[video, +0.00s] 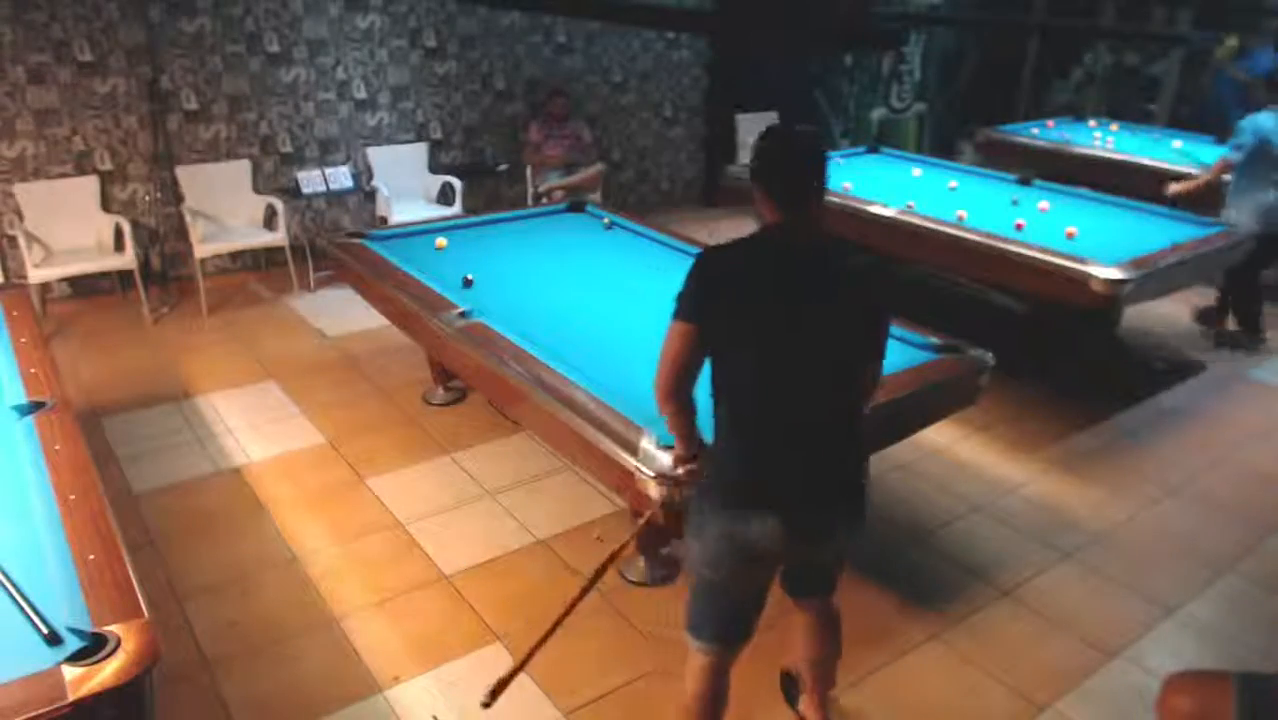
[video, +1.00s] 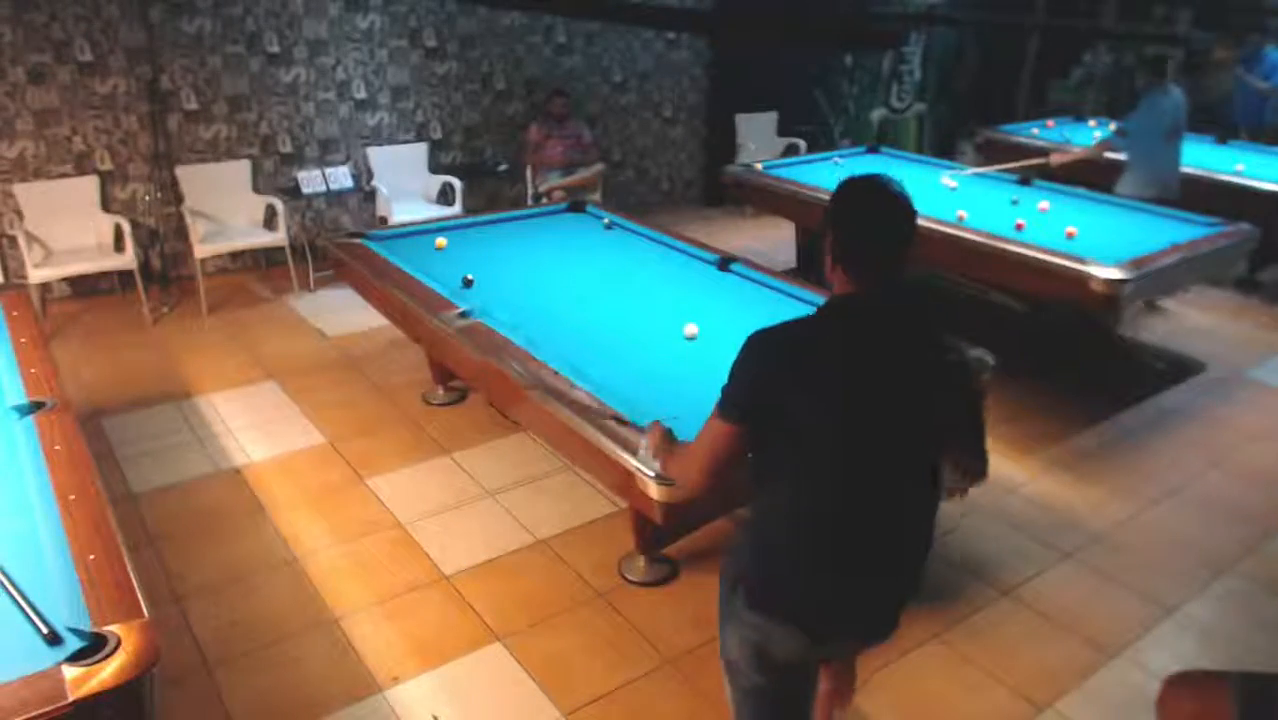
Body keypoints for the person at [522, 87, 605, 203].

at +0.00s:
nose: (559, 110)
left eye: (563, 106)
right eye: (556, 105)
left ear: (569, 107)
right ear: (548, 106)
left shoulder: (578, 126)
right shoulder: (538, 126)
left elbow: (591, 154)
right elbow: (529, 156)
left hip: (576, 167)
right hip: (549, 170)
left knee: (600, 168)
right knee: (558, 196)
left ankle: (551, 187)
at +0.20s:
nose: (559, 110)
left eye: (563, 105)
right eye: (556, 105)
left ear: (569, 107)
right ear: (548, 106)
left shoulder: (578, 126)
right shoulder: (538, 126)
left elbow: (591, 154)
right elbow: (529, 156)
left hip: (576, 167)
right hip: (549, 170)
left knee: (600, 168)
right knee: (558, 196)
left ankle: (551, 187)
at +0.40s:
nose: (560, 110)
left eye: (564, 106)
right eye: (556, 105)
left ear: (568, 107)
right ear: (549, 106)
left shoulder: (578, 126)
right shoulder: (539, 126)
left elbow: (591, 152)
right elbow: (529, 156)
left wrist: (572, 158)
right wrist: (557, 161)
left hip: (576, 166)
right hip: (550, 169)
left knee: (600, 168)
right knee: (559, 196)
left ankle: (551, 188)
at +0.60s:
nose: (560, 110)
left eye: (564, 106)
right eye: (556, 105)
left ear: (569, 107)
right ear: (549, 106)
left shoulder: (578, 126)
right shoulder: (539, 126)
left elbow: (591, 151)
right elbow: (529, 156)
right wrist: (558, 160)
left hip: (576, 166)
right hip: (549, 169)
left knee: (600, 168)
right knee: (559, 196)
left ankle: (550, 188)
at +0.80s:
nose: (560, 110)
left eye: (564, 106)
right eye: (556, 105)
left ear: (569, 107)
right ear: (549, 106)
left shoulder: (578, 126)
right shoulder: (539, 126)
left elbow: (591, 151)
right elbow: (529, 156)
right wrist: (558, 160)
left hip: (576, 166)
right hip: (549, 169)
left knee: (600, 168)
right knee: (559, 195)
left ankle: (550, 188)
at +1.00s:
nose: (560, 110)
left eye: (563, 106)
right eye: (556, 105)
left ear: (569, 107)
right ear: (548, 106)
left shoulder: (578, 126)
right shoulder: (539, 127)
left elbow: (592, 153)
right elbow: (530, 157)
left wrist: (573, 160)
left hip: (577, 167)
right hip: (549, 171)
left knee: (600, 168)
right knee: (559, 196)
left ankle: (549, 188)